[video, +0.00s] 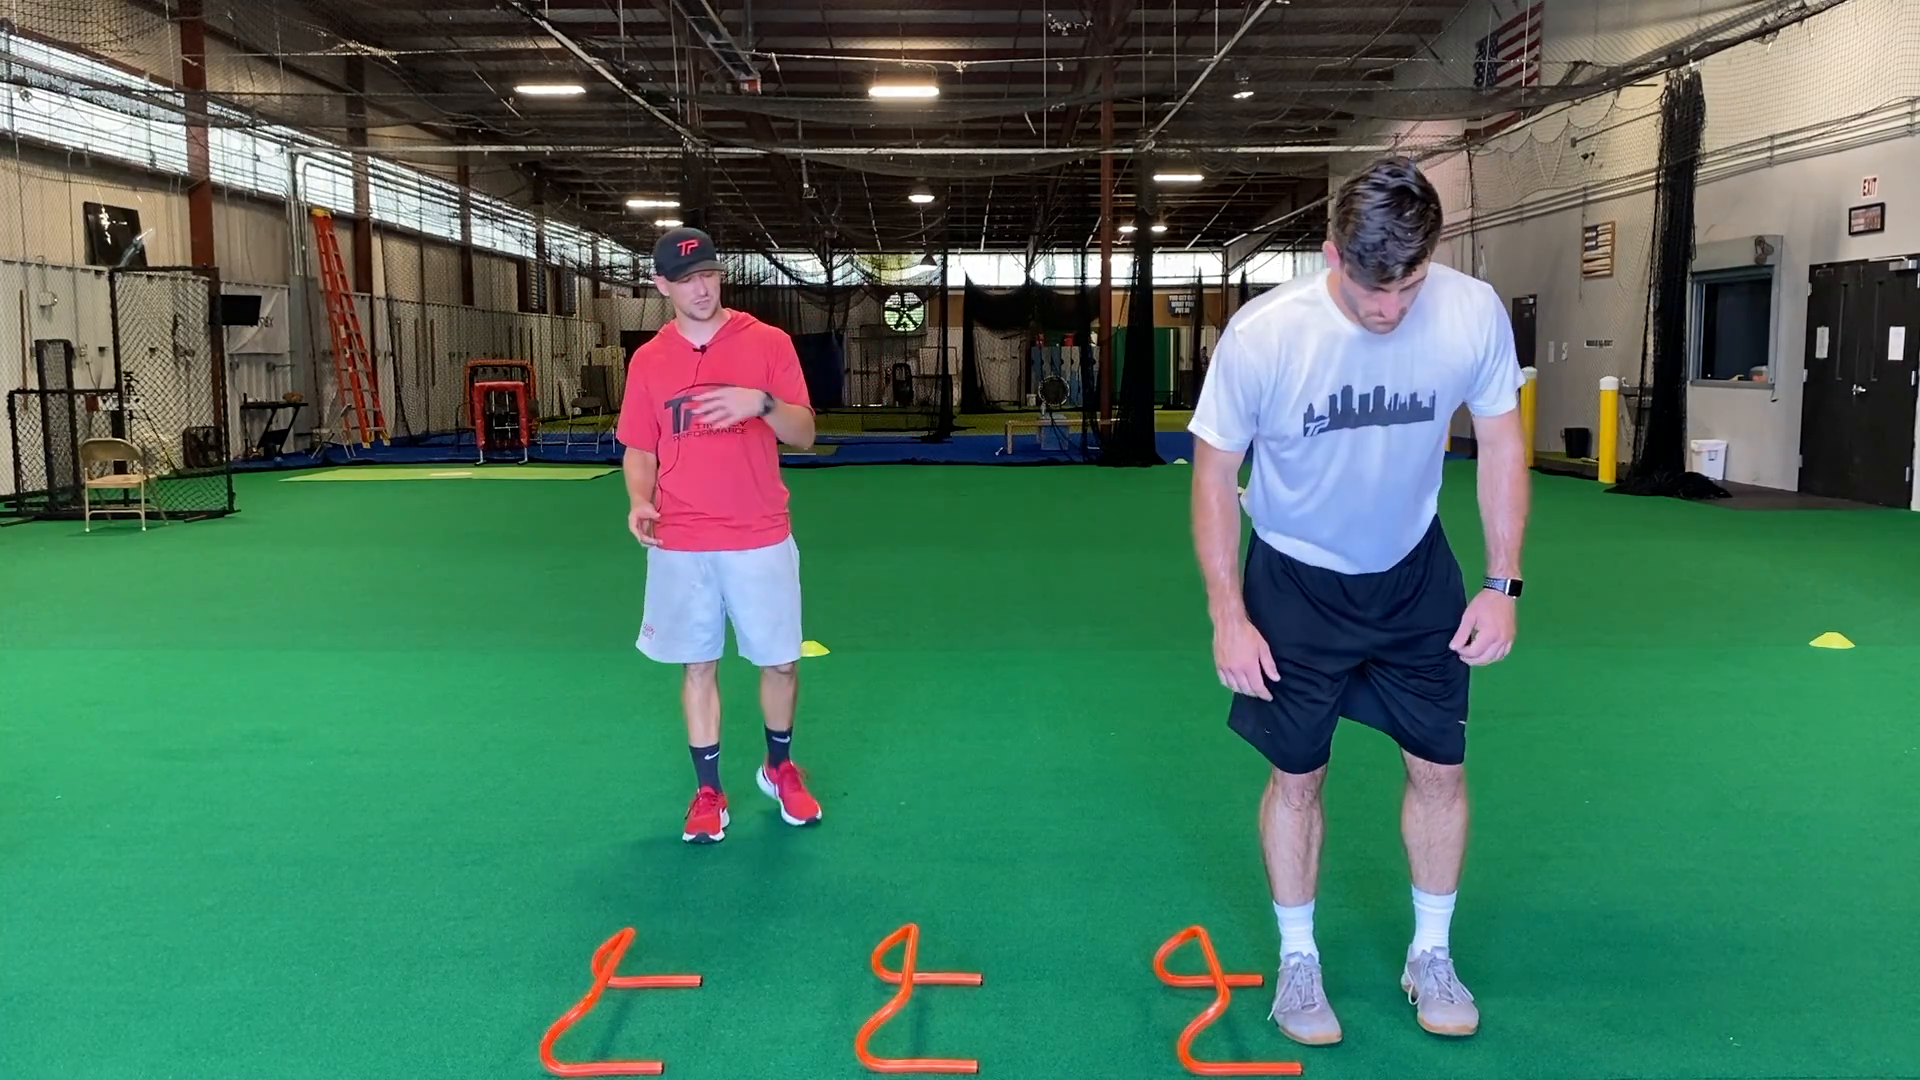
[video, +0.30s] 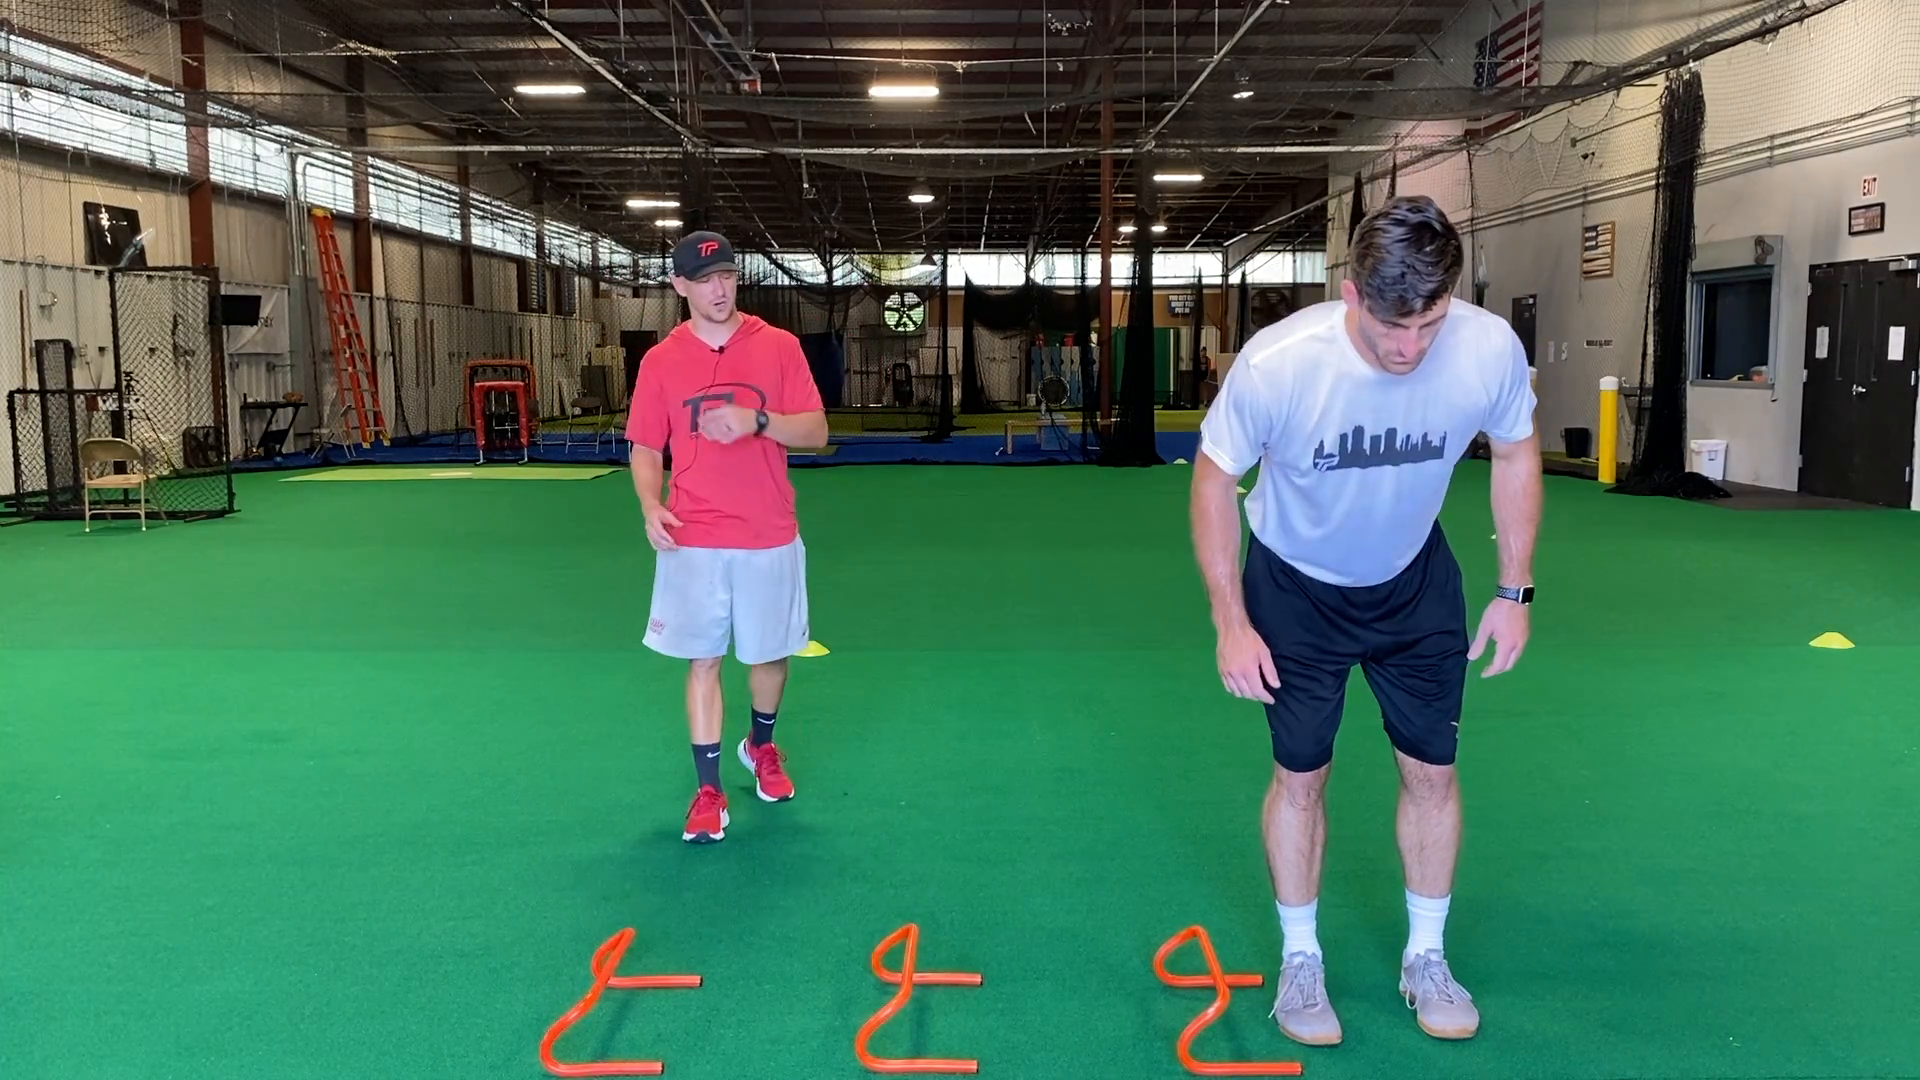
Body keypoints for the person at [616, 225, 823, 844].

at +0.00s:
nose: (703, 287)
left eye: (710, 275)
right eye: (689, 279)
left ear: (722, 276)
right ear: (664, 287)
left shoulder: (768, 343)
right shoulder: (648, 361)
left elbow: (803, 432)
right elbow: (638, 448)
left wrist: (761, 403)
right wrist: (641, 500)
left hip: (761, 536)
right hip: (683, 542)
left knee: (780, 659)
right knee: (699, 662)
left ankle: (780, 767)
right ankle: (708, 791)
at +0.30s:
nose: (720, 289)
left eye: (727, 276)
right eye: (706, 279)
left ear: (738, 279)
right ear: (681, 287)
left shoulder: (778, 346)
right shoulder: (660, 362)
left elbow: (816, 432)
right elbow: (645, 446)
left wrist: (759, 421)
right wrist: (651, 505)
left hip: (769, 539)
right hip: (694, 540)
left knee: (769, 654)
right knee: (705, 659)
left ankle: (761, 744)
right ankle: (709, 789)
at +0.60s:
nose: (751, 298)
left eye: (760, 286)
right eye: (739, 288)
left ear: (770, 290)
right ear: (715, 293)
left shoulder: (800, 356)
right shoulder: (685, 360)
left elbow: (823, 422)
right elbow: (661, 446)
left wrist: (810, 463)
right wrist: (667, 523)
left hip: (781, 534)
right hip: (713, 534)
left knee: (764, 647)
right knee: (716, 653)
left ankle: (753, 756)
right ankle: (711, 782)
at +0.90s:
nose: (766, 298)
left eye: (775, 287)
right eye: (755, 287)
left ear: (787, 292)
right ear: (732, 289)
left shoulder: (809, 361)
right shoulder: (695, 349)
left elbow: (829, 438)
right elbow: (662, 431)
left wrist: (801, 458)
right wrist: (655, 511)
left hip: (776, 524)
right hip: (710, 518)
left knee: (758, 639)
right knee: (713, 636)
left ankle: (753, 757)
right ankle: (702, 769)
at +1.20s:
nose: (745, 294)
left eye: (754, 283)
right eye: (734, 283)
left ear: (769, 288)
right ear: (715, 287)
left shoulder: (794, 361)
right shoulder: (680, 350)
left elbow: (818, 430)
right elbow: (653, 434)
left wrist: (795, 463)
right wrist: (660, 510)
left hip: (762, 533)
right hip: (692, 528)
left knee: (752, 642)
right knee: (676, 640)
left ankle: (753, 755)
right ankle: (645, 751)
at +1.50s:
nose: (700, 297)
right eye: (687, 281)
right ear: (669, 287)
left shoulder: (759, 356)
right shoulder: (643, 350)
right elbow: (618, 434)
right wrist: (658, 496)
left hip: (730, 526)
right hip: (659, 522)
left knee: (737, 646)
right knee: (649, 637)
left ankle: (750, 752)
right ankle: (637, 750)